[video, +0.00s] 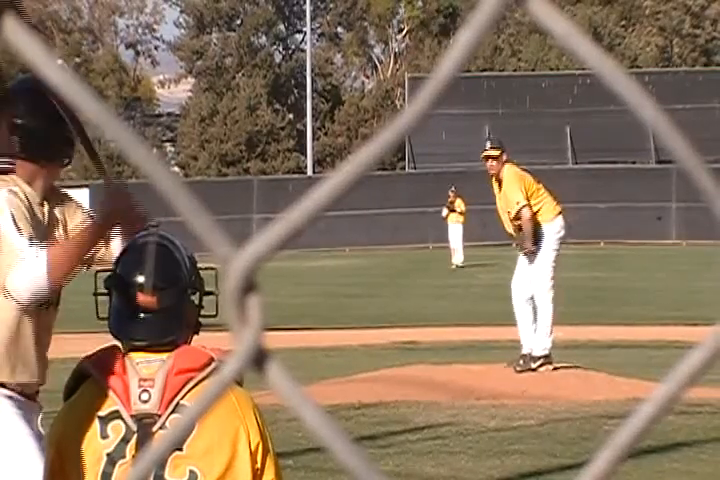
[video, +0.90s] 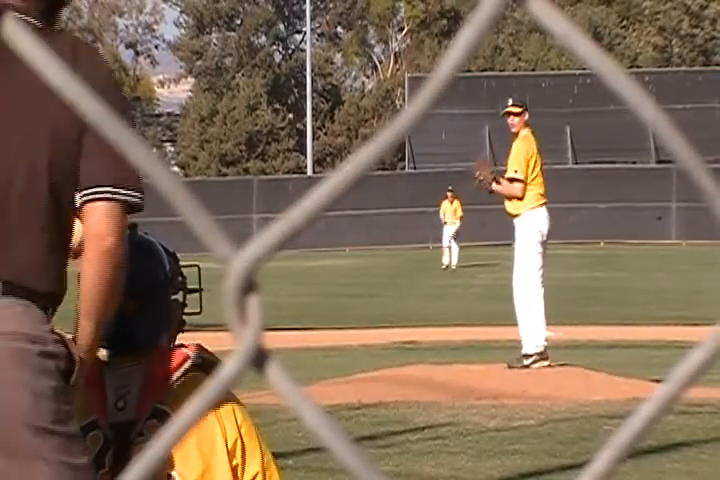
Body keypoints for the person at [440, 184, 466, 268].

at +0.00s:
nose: (452, 194)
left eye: (453, 192)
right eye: (451, 192)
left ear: (455, 193)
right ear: (449, 193)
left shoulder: (459, 201)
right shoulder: (449, 201)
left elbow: (463, 210)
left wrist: (454, 209)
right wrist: (445, 213)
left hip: (458, 222)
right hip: (451, 222)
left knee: (458, 241)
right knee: (452, 242)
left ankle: (459, 260)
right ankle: (454, 260)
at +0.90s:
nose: (450, 195)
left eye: (451, 193)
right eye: (448, 193)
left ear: (453, 194)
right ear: (447, 194)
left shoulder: (456, 202)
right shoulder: (444, 203)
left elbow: (459, 212)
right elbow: (441, 211)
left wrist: (458, 220)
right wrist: (442, 218)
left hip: (455, 222)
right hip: (447, 223)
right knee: (445, 243)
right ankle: (445, 261)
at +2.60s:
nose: (453, 195)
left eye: (454, 193)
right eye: (451, 193)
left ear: (456, 195)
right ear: (449, 194)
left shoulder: (459, 203)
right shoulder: (446, 203)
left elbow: (463, 214)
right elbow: (443, 212)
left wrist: (464, 224)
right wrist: (445, 219)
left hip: (456, 224)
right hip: (449, 224)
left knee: (456, 244)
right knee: (448, 244)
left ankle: (457, 262)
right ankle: (449, 262)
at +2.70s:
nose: (452, 196)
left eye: (453, 194)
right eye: (450, 193)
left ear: (455, 195)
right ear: (448, 194)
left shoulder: (458, 203)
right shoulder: (446, 203)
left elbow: (462, 214)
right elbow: (443, 215)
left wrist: (462, 224)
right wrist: (442, 225)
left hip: (456, 225)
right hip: (448, 224)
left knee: (456, 243)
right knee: (448, 244)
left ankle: (457, 261)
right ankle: (448, 262)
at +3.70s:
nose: (440, 195)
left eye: (441, 193)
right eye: (438, 193)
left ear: (444, 195)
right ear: (437, 194)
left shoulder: (448, 203)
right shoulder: (435, 204)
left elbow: (452, 217)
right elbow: (432, 217)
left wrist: (448, 229)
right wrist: (430, 228)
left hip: (446, 225)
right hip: (438, 225)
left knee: (444, 244)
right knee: (439, 244)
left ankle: (444, 263)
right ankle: (444, 260)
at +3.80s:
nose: (440, 195)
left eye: (441, 193)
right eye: (438, 193)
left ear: (444, 195)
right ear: (437, 194)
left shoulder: (447, 204)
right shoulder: (435, 204)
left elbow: (451, 218)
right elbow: (432, 217)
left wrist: (446, 229)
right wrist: (429, 228)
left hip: (445, 225)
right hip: (437, 225)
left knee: (444, 245)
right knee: (436, 245)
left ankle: (444, 264)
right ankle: (441, 259)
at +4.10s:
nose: (434, 197)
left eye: (436, 196)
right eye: (433, 195)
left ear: (438, 196)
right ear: (431, 196)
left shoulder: (442, 204)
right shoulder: (431, 205)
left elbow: (447, 214)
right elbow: (430, 218)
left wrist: (444, 229)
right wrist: (426, 229)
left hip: (442, 226)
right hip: (434, 226)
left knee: (442, 246)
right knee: (430, 245)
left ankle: (443, 265)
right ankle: (428, 263)